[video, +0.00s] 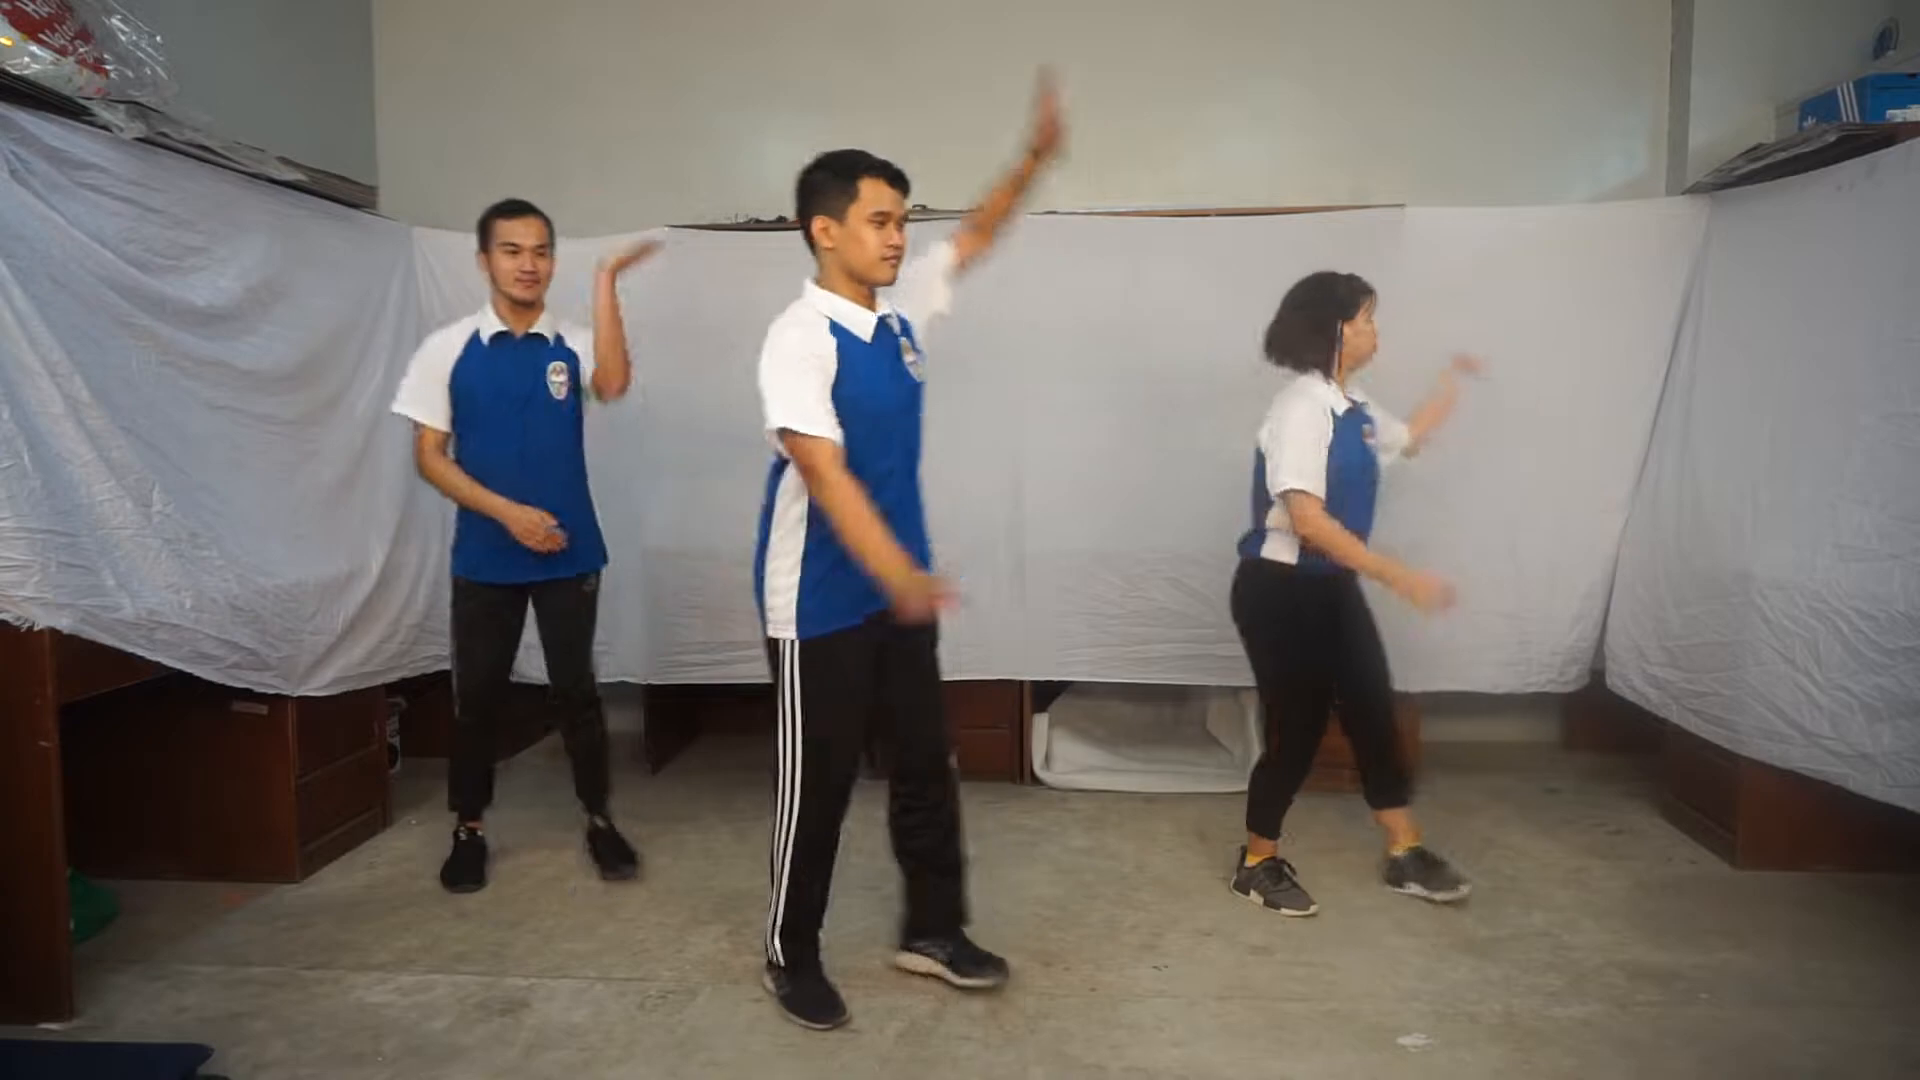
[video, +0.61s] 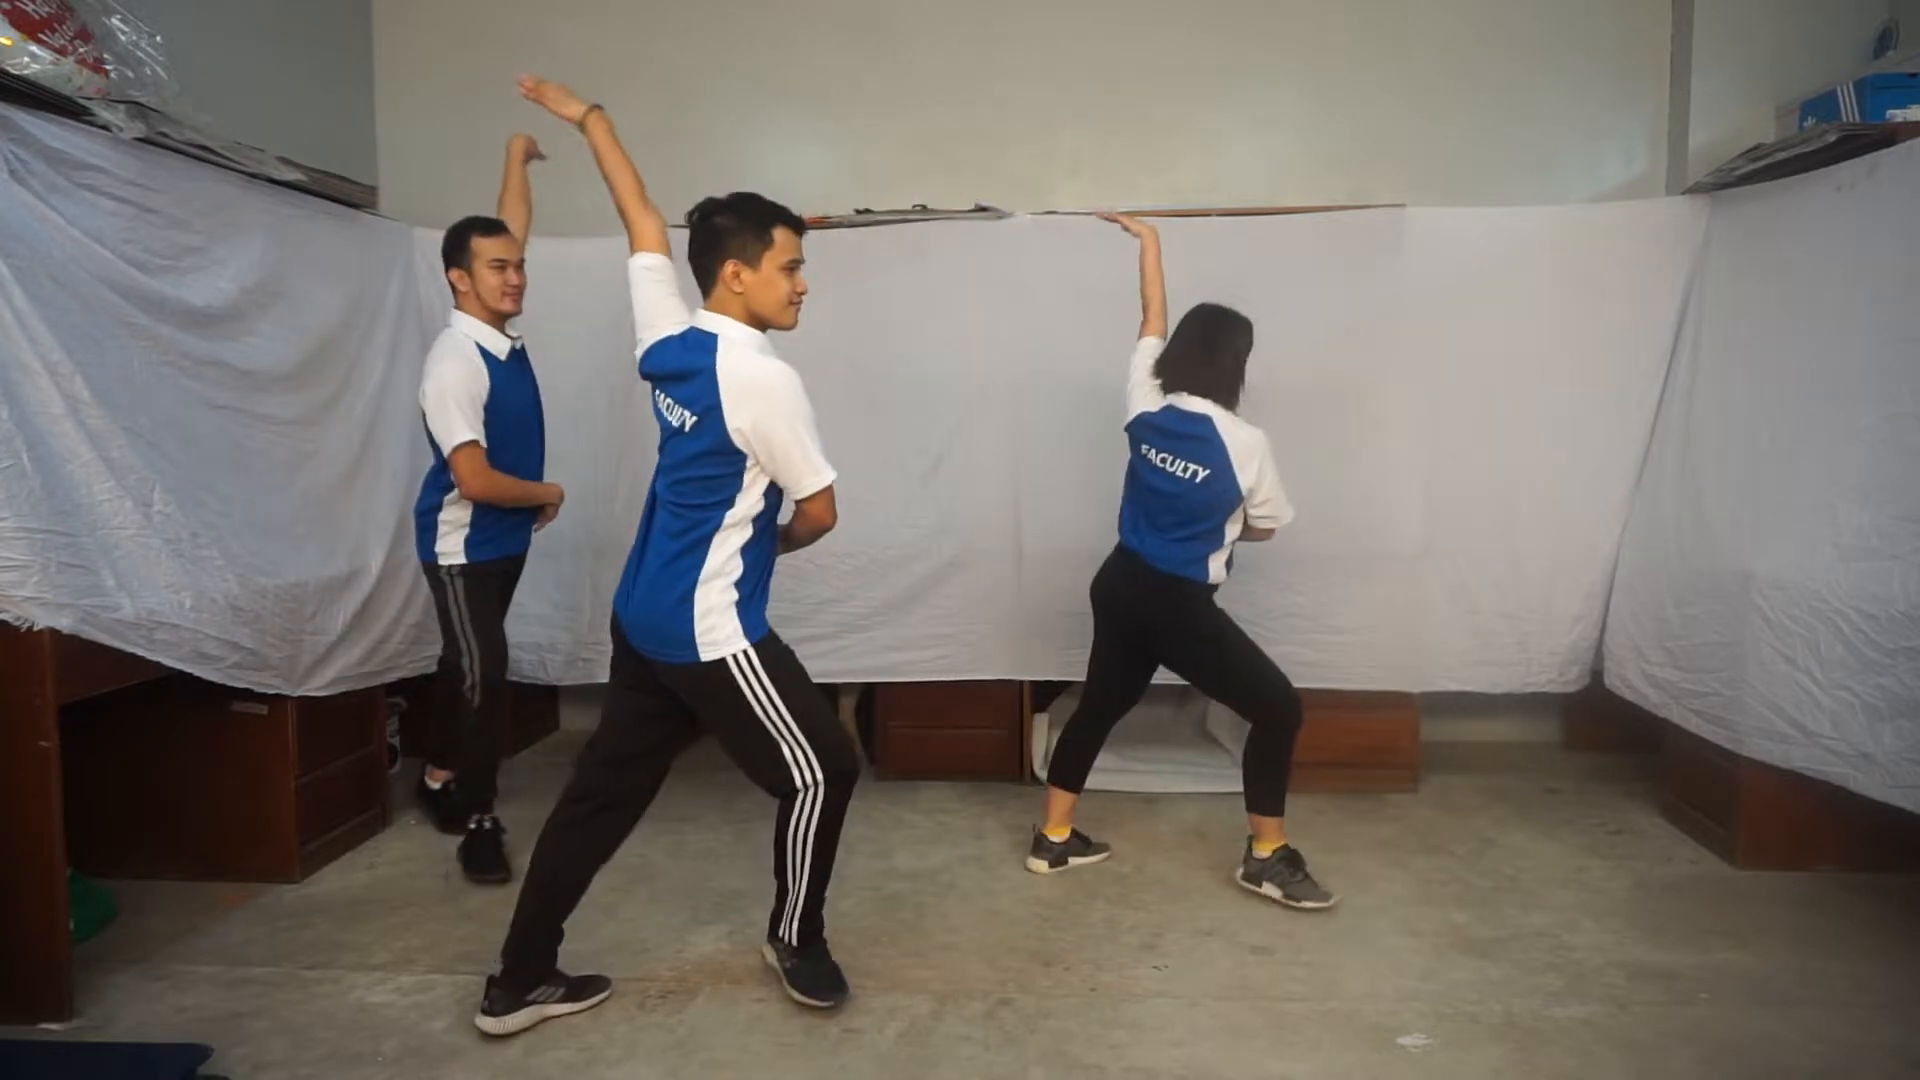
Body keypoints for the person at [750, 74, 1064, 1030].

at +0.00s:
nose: (897, 235)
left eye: (898, 220)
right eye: (879, 220)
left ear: (896, 232)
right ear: (823, 230)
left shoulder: (902, 306)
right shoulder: (798, 340)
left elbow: (974, 234)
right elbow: (826, 476)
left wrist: (1036, 156)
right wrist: (900, 577)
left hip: (899, 584)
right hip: (821, 596)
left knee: (923, 765)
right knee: (818, 781)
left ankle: (934, 933)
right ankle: (793, 954)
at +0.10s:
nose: (872, 237)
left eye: (869, 220)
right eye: (855, 223)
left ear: (814, 229)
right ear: (801, 234)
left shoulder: (818, 298)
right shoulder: (798, 335)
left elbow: (847, 191)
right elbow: (863, 473)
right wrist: (972, 562)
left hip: (841, 581)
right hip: (791, 597)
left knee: (875, 744)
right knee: (805, 779)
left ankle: (793, 891)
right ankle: (792, 951)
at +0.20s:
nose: (853, 240)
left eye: (852, 223)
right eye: (840, 224)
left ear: (777, 234)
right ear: (781, 234)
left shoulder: (749, 303)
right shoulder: (799, 335)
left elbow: (757, 199)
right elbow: (862, 472)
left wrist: (750, 89)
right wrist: (920, 542)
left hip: (759, 579)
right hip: (789, 593)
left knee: (784, 756)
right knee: (814, 774)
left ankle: (666, 895)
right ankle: (795, 956)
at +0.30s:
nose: (833, 246)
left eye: (831, 229)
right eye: (819, 230)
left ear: (755, 241)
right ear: (764, 240)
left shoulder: (708, 306)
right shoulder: (796, 344)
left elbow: (683, 203)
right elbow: (853, 488)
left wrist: (640, 110)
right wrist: (831, 538)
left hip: (709, 579)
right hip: (770, 595)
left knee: (696, 757)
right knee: (809, 778)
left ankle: (565, 925)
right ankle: (795, 956)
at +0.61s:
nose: (803, 286)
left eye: (800, 269)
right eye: (789, 270)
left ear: (726, 276)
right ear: (735, 275)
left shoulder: (671, 337)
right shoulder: (761, 373)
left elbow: (642, 224)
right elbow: (818, 513)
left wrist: (591, 116)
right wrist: (773, 531)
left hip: (648, 618)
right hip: (714, 630)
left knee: (604, 793)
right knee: (822, 771)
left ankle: (522, 975)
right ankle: (797, 939)